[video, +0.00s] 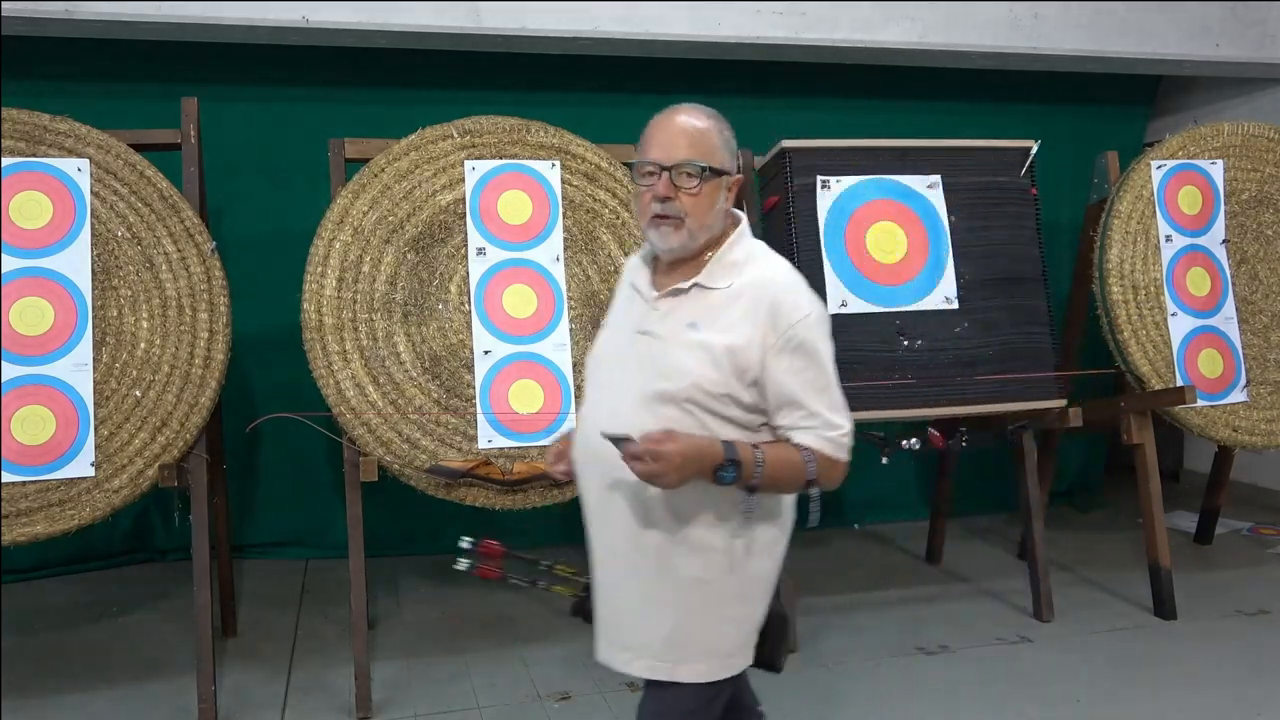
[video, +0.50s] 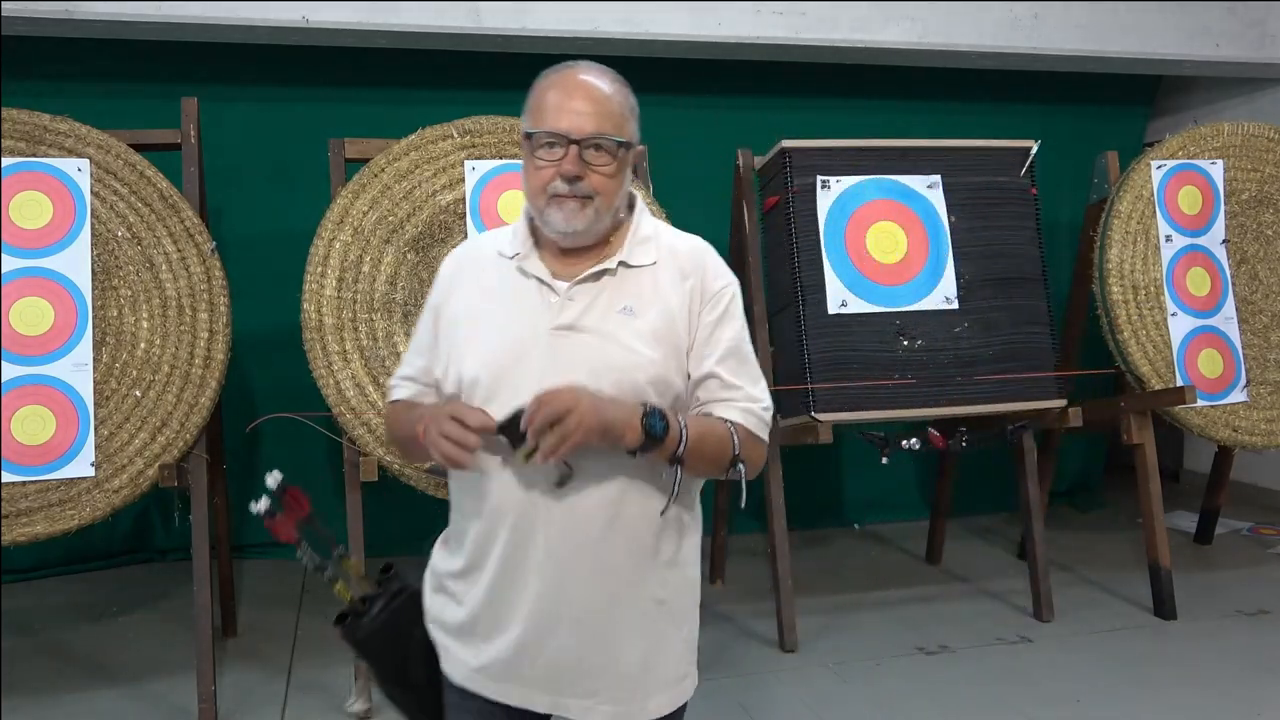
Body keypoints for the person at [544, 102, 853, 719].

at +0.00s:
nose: (662, 192)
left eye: (688, 175)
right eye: (649, 175)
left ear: (732, 188)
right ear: (634, 184)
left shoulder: (778, 297)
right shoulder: (640, 272)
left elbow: (827, 459)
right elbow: (660, 395)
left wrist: (715, 459)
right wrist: (587, 444)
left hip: (707, 609)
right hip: (640, 591)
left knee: (669, 710)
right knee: (723, 705)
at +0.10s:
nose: (647, 187)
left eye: (674, 169)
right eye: (632, 164)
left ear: (712, 184)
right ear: (613, 171)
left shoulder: (755, 293)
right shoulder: (602, 261)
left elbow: (778, 463)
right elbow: (597, 388)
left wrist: (682, 420)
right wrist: (547, 428)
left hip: (680, 613)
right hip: (594, 595)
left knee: (661, 710)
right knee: (627, 704)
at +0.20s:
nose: (628, 183)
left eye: (655, 165)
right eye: (612, 159)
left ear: (692, 177)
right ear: (592, 165)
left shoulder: (737, 286)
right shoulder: (566, 257)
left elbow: (745, 464)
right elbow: (556, 367)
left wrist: (668, 376)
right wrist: (509, 408)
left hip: (666, 620)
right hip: (556, 603)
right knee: (569, 709)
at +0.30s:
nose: (608, 178)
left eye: (635, 159)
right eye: (591, 154)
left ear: (672, 170)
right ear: (569, 160)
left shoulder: (721, 276)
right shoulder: (535, 260)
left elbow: (742, 452)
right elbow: (510, 368)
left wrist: (653, 356)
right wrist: (474, 413)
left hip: (651, 624)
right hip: (527, 609)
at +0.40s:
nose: (591, 169)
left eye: (619, 149)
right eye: (571, 145)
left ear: (654, 162)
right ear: (547, 153)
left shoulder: (708, 270)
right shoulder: (501, 264)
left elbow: (751, 445)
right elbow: (462, 380)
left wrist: (636, 380)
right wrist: (449, 416)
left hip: (640, 633)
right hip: (504, 623)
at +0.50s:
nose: (569, 167)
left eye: (596, 148)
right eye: (548, 143)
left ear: (633, 165)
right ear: (522, 155)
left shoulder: (692, 271)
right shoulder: (469, 268)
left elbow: (748, 443)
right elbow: (402, 406)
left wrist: (626, 422)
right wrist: (427, 425)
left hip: (634, 660)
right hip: (484, 649)